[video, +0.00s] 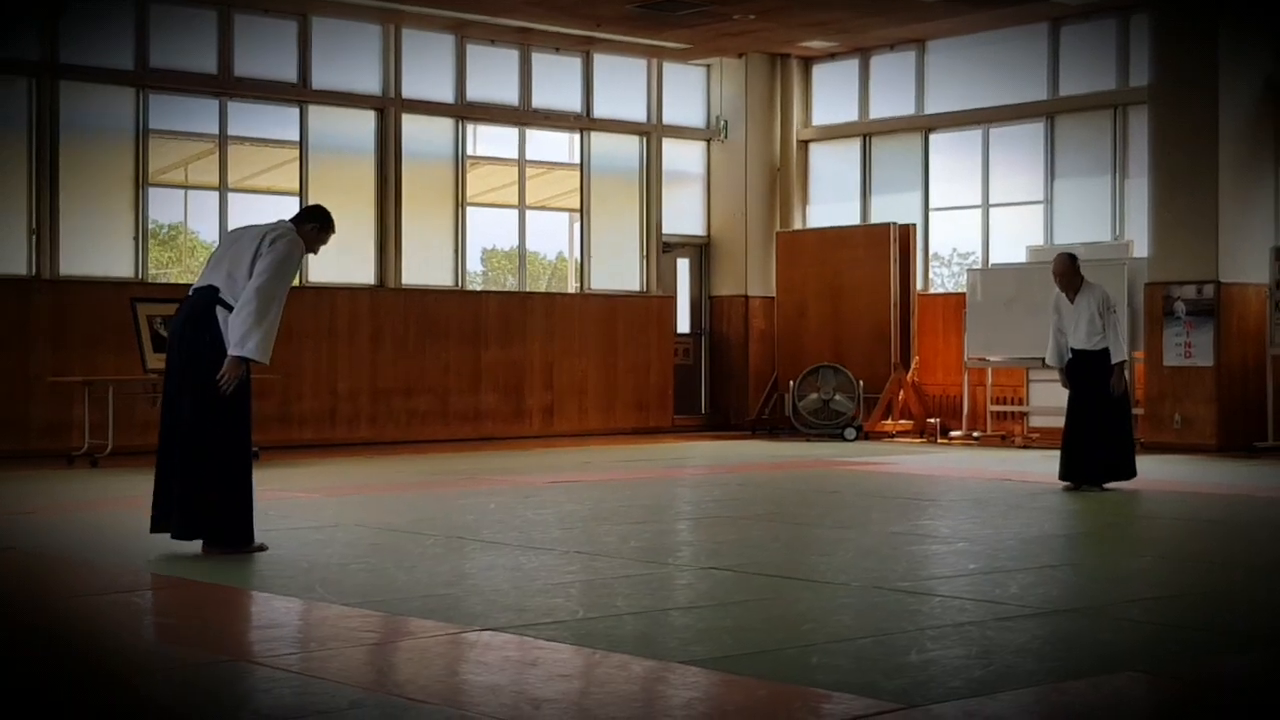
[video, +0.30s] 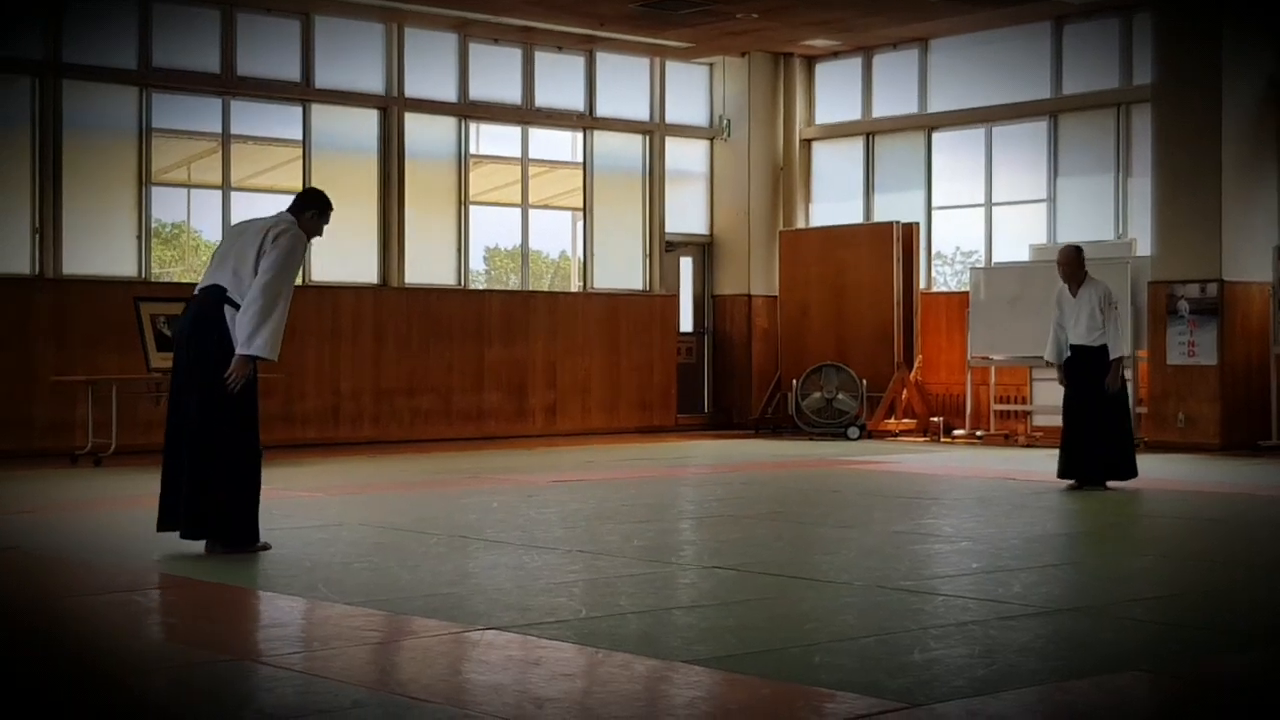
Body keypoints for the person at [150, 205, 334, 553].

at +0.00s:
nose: (317, 250)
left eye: (322, 245)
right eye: (321, 242)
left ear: (299, 220)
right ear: (312, 228)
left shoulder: (246, 234)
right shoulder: (288, 240)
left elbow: (213, 282)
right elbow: (259, 291)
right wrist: (239, 352)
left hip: (191, 324)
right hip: (218, 329)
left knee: (203, 429)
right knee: (228, 433)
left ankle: (210, 529)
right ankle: (227, 536)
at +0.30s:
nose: (318, 234)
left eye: (322, 227)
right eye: (321, 225)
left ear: (294, 208)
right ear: (311, 215)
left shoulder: (246, 227)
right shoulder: (290, 233)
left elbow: (217, 279)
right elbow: (267, 289)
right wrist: (246, 351)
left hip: (196, 325)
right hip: (224, 329)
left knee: (206, 429)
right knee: (236, 433)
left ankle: (210, 527)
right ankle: (233, 534)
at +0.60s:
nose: (300, 189)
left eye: (301, 182)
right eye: (300, 182)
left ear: (265, 178)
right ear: (290, 180)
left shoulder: (228, 216)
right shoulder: (279, 217)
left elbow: (215, 276)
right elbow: (273, 279)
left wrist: (213, 328)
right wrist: (269, 343)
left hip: (213, 324)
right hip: (246, 327)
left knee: (215, 426)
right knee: (247, 428)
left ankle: (215, 527)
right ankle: (235, 531)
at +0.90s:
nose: (291, 176)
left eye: (290, 169)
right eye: (289, 170)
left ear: (253, 173)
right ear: (277, 173)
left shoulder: (226, 216)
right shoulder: (273, 216)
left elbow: (221, 277)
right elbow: (273, 283)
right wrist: (278, 343)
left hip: (223, 326)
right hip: (255, 329)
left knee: (224, 425)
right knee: (255, 428)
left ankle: (219, 527)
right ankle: (242, 530)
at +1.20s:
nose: (294, 176)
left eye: (292, 169)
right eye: (291, 170)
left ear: (256, 174)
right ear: (280, 173)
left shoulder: (233, 218)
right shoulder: (277, 217)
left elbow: (227, 278)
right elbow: (278, 285)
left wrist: (229, 324)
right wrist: (286, 345)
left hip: (236, 324)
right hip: (264, 327)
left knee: (236, 425)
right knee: (263, 428)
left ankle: (227, 524)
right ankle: (247, 530)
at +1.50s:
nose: (318, 183)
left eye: (316, 176)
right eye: (314, 177)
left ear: (282, 181)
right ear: (303, 180)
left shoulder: (257, 224)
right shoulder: (305, 223)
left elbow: (246, 285)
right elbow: (305, 289)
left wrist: (246, 336)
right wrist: (311, 347)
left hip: (258, 328)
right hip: (286, 329)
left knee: (306, 422)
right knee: (268, 427)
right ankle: (249, 529)